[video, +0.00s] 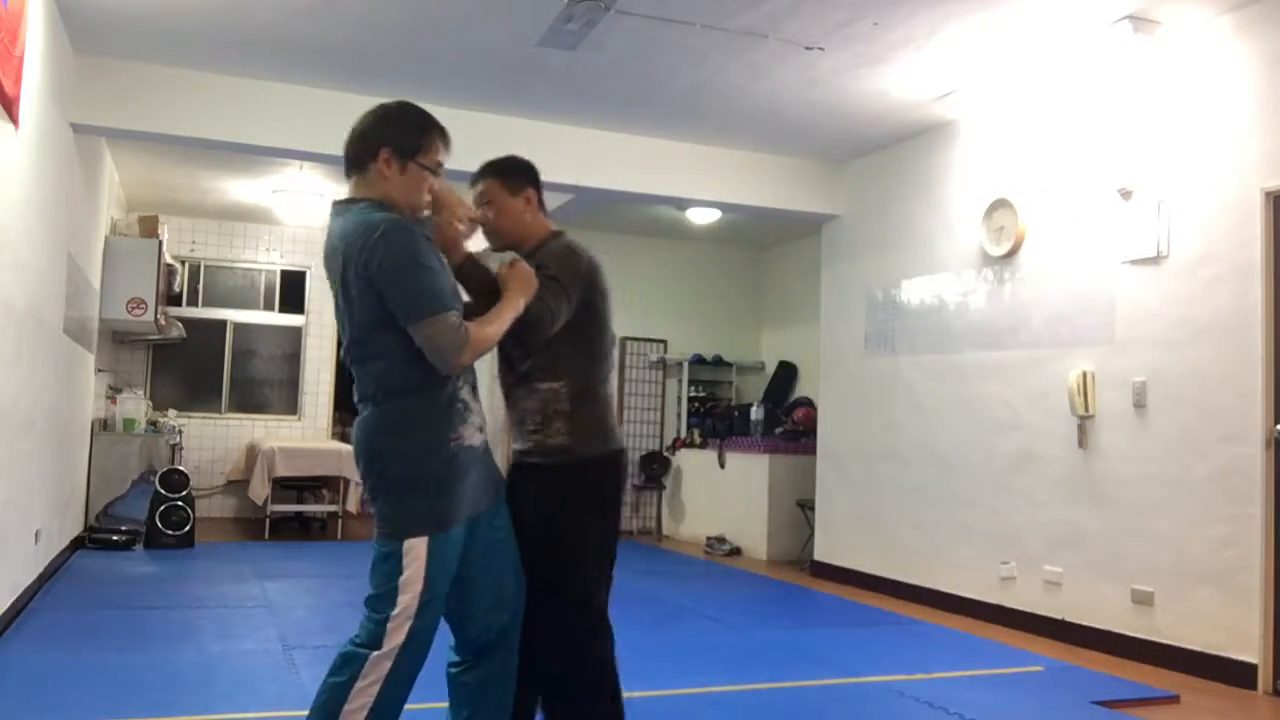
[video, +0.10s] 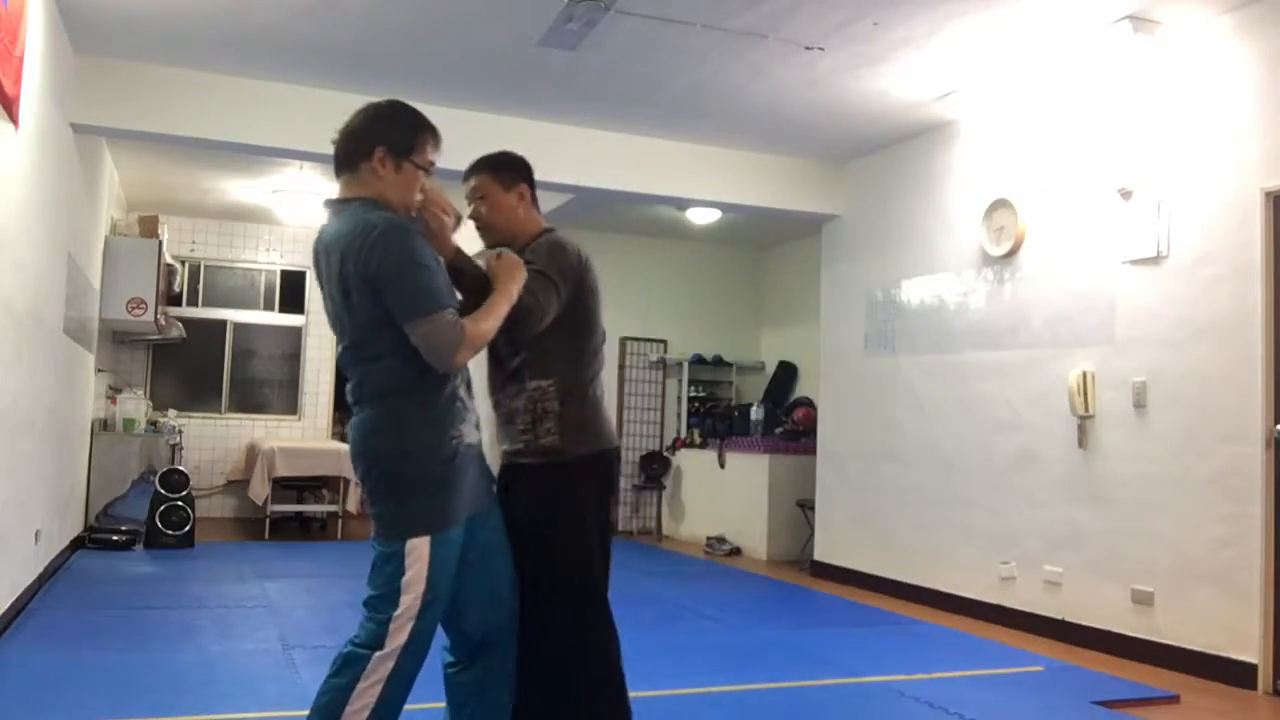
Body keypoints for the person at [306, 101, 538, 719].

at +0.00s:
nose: (439, 186)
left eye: (441, 173)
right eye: (432, 171)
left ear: (376, 166)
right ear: (388, 163)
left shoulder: (353, 227)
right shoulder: (390, 235)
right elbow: (453, 349)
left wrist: (446, 244)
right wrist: (514, 301)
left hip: (460, 455)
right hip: (422, 458)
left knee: (493, 627)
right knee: (395, 637)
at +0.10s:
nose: (430, 185)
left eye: (433, 172)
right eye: (425, 169)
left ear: (365, 164)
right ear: (383, 162)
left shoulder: (340, 232)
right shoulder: (388, 235)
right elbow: (451, 348)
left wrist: (439, 242)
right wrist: (508, 289)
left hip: (451, 454)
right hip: (420, 457)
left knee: (488, 629)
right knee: (395, 636)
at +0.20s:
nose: (421, 186)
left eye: (424, 173)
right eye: (415, 170)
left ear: (356, 164)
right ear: (374, 162)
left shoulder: (331, 229)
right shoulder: (380, 235)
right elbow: (443, 348)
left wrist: (428, 239)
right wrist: (497, 285)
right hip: (416, 450)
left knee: (483, 624)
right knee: (393, 633)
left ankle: (481, 716)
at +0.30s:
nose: (410, 185)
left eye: (413, 171)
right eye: (405, 169)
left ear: (346, 162)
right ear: (362, 161)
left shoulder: (321, 230)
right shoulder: (369, 235)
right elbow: (431, 348)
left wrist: (413, 232)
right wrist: (486, 282)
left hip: (435, 449)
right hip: (411, 453)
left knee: (476, 625)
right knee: (388, 635)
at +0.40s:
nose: (399, 184)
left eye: (401, 170)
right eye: (392, 167)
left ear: (336, 162)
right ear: (348, 161)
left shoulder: (317, 229)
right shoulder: (355, 236)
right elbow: (420, 349)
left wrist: (410, 231)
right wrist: (474, 277)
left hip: (428, 453)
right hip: (408, 457)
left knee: (471, 625)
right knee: (384, 636)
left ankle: (479, 719)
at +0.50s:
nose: (385, 183)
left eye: (387, 168)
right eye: (377, 166)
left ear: (325, 163)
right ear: (334, 161)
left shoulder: (311, 225)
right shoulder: (343, 235)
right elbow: (408, 348)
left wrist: (395, 216)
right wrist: (463, 273)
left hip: (425, 452)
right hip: (402, 458)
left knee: (467, 628)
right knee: (379, 636)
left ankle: (476, 719)